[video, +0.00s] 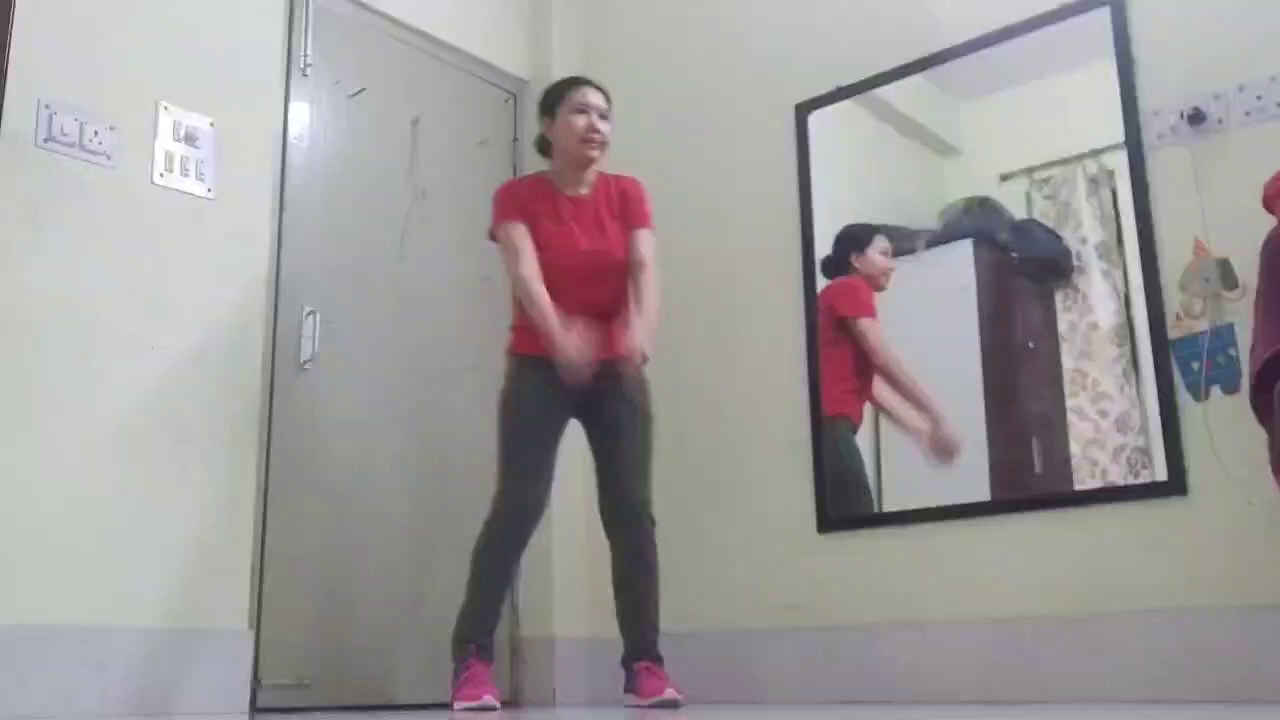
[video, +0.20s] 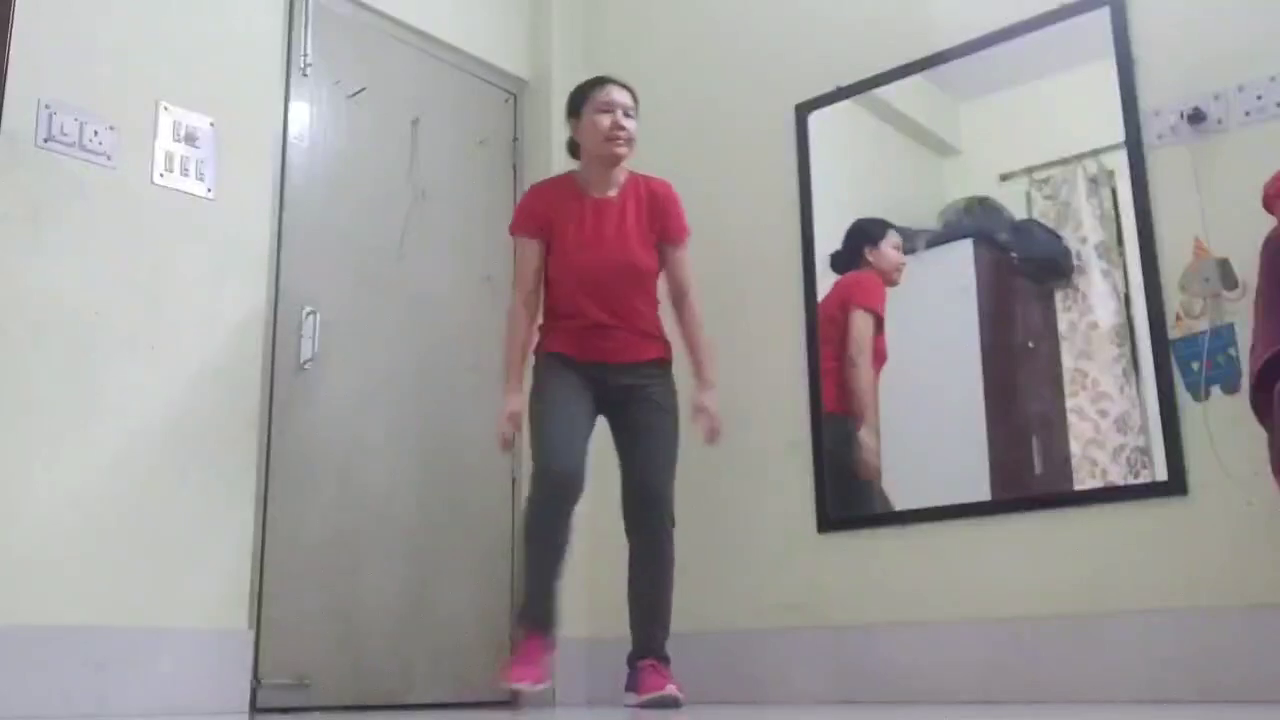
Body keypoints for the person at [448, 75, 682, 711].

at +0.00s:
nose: (595, 123)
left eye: (602, 115)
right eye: (581, 112)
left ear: (610, 131)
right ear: (548, 127)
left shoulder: (626, 193)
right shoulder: (518, 195)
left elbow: (644, 269)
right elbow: (525, 275)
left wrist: (641, 329)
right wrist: (558, 334)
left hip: (616, 368)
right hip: (540, 368)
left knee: (631, 511)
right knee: (518, 508)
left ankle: (644, 664)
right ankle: (473, 661)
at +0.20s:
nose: (619, 122)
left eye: (627, 114)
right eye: (604, 112)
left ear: (636, 132)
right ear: (575, 129)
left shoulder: (657, 198)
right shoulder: (543, 201)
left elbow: (684, 297)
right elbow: (524, 301)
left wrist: (705, 385)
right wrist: (513, 389)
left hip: (643, 371)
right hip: (564, 367)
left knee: (652, 514)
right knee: (558, 479)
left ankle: (650, 662)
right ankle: (533, 636)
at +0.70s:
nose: (616, 121)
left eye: (627, 113)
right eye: (602, 114)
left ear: (645, 131)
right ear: (583, 134)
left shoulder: (672, 203)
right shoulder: (558, 202)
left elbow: (708, 291)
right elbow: (527, 294)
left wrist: (711, 364)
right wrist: (538, 368)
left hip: (655, 374)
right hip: (578, 373)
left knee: (651, 512)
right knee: (569, 481)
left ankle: (647, 663)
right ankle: (588, 586)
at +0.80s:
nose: (602, 119)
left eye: (614, 108)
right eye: (589, 111)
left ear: (638, 123)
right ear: (574, 130)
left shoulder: (668, 196)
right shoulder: (552, 194)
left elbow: (694, 284)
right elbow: (522, 284)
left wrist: (654, 307)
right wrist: (558, 292)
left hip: (647, 372)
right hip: (569, 368)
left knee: (646, 513)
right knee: (526, 470)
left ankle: (647, 664)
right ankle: (541, 604)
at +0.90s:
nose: (582, 119)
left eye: (594, 108)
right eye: (571, 111)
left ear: (623, 118)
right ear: (560, 125)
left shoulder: (652, 181)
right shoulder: (546, 182)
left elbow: (664, 258)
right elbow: (513, 260)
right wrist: (549, 216)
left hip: (633, 365)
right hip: (555, 361)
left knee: (638, 516)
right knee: (503, 493)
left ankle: (646, 665)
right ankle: (470, 646)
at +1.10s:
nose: (531, 136)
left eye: (543, 123)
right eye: (522, 126)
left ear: (580, 126)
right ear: (516, 132)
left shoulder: (613, 193)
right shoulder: (503, 187)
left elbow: (606, 259)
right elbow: (483, 256)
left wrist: (557, 227)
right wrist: (510, 219)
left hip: (590, 374)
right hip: (510, 372)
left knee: (613, 517)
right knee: (476, 517)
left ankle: (643, 666)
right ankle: (434, 670)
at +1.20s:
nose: (503, 138)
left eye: (515, 125)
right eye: (494, 127)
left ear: (552, 129)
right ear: (488, 135)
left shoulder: (588, 199)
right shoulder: (476, 192)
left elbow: (589, 276)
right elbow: (463, 264)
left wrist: (553, 319)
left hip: (558, 380)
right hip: (478, 376)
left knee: (588, 514)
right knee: (457, 509)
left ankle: (636, 660)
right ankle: (431, 668)